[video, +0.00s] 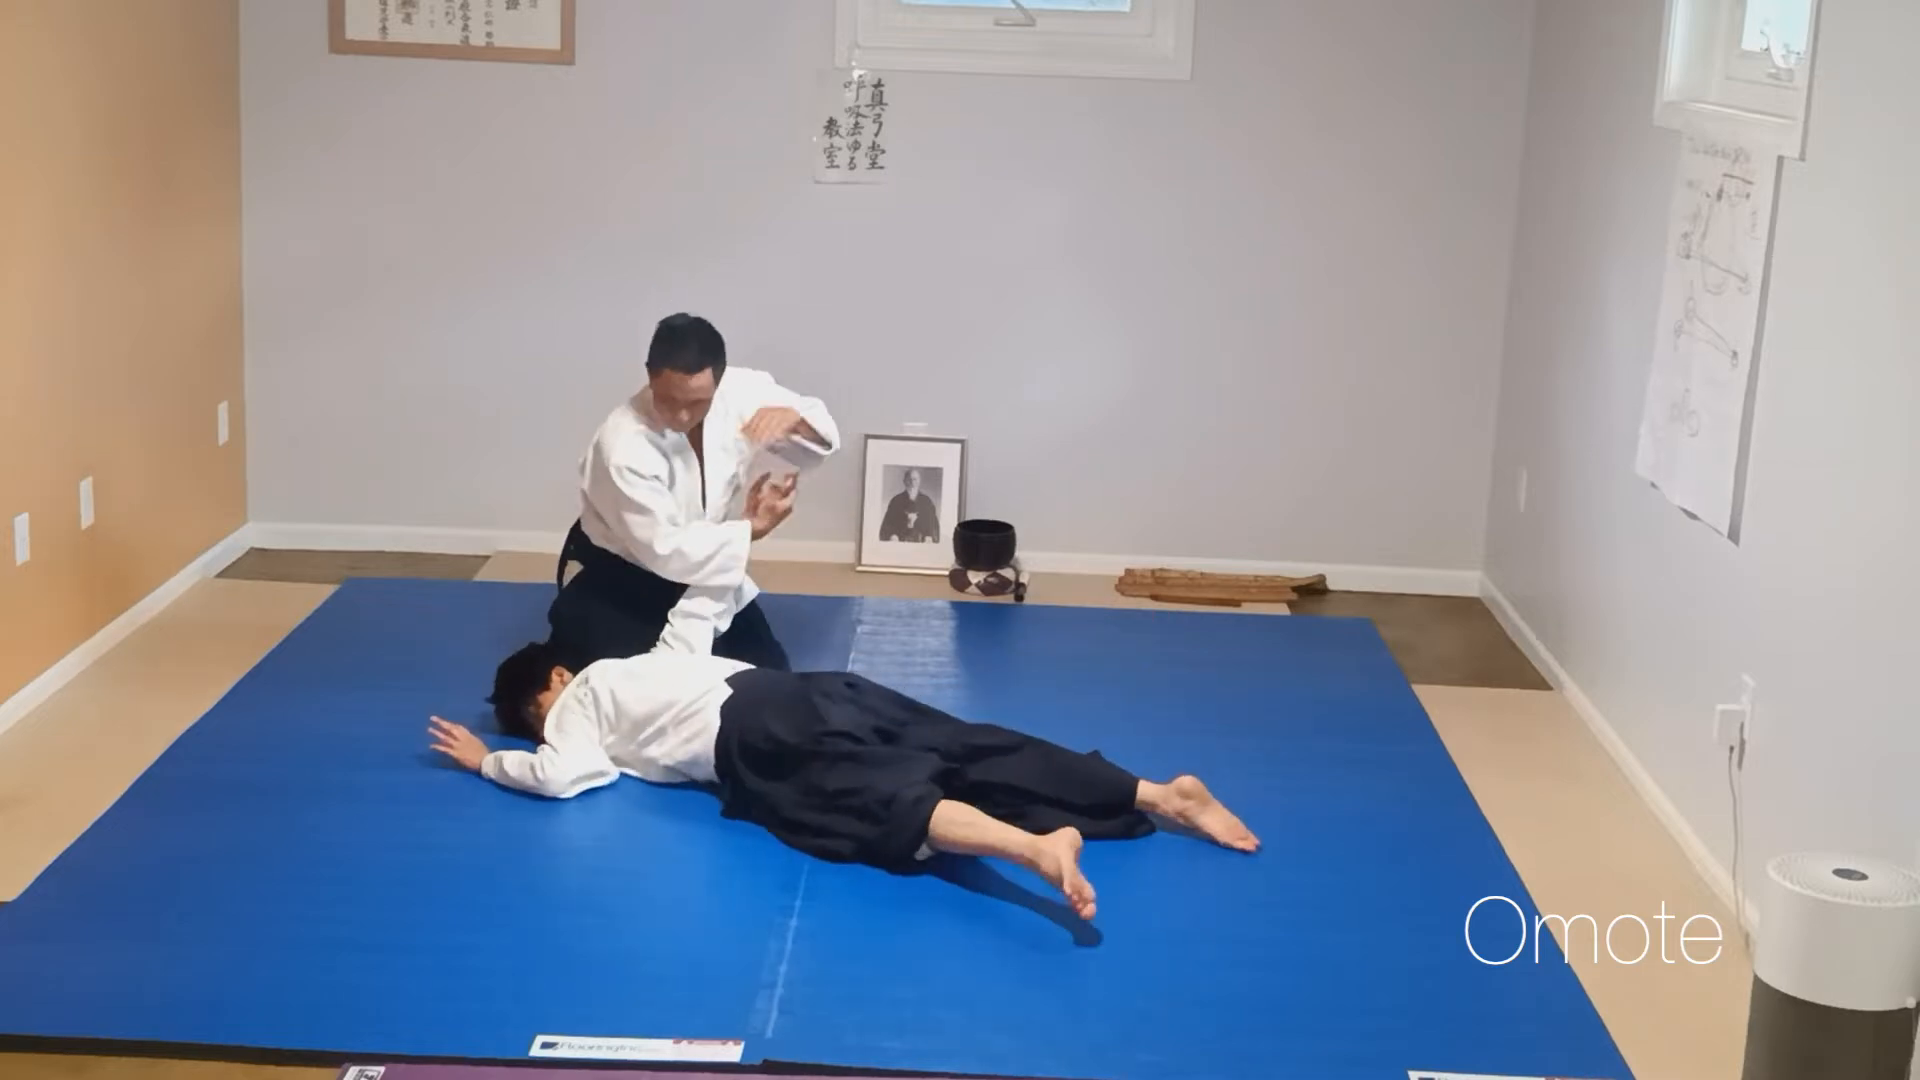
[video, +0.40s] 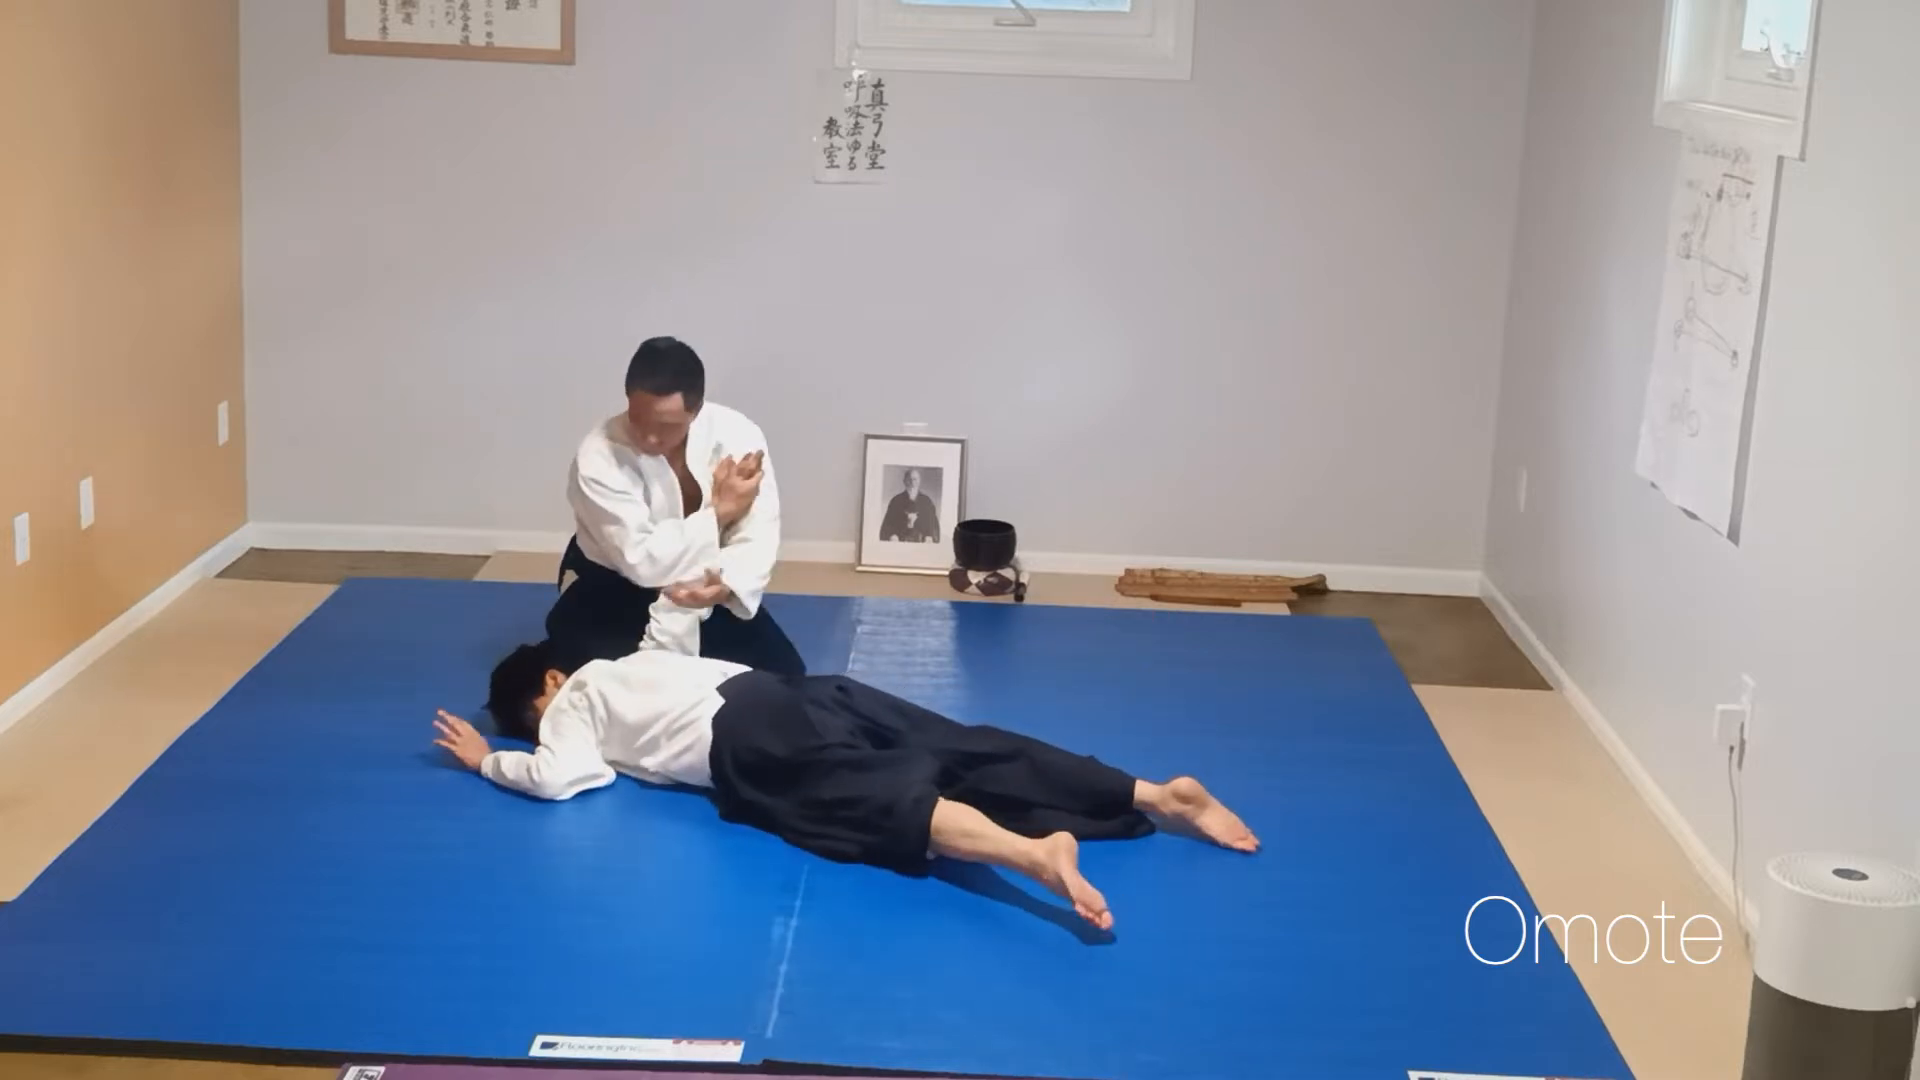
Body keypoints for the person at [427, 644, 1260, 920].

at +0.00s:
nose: (534, 726)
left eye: (527, 712)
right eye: (530, 712)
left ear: (547, 692)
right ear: (570, 668)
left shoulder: (575, 706)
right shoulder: (652, 653)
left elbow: (560, 778)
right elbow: (708, 623)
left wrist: (483, 759)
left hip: (754, 737)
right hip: (806, 687)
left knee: (885, 806)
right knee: (965, 745)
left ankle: (1035, 847)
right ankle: (1165, 795)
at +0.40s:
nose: (531, 719)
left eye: (524, 708)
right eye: (530, 707)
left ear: (539, 693)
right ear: (570, 668)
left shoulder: (569, 702)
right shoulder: (644, 656)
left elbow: (559, 779)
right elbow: (706, 636)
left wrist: (486, 759)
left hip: (749, 738)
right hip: (805, 687)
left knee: (888, 807)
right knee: (964, 748)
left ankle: (1031, 852)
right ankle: (1160, 796)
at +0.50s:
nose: (536, 720)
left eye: (527, 710)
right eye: (533, 709)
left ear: (546, 692)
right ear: (573, 664)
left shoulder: (573, 699)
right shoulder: (647, 660)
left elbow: (558, 778)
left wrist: (488, 759)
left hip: (748, 737)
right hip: (802, 687)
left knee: (889, 809)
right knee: (964, 748)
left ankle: (1030, 860)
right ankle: (1159, 797)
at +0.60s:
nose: (533, 719)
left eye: (526, 710)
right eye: (531, 709)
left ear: (547, 688)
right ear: (578, 662)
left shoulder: (572, 700)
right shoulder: (652, 659)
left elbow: (561, 775)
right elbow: (716, 645)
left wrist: (492, 758)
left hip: (749, 738)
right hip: (804, 688)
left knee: (891, 808)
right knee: (965, 748)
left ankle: (1030, 863)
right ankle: (1160, 797)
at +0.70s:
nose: (533, 719)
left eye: (526, 709)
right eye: (531, 708)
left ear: (546, 689)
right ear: (577, 662)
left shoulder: (574, 698)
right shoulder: (649, 657)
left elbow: (558, 778)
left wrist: (487, 753)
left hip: (749, 736)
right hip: (803, 686)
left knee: (886, 807)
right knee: (962, 748)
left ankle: (1029, 860)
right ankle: (1159, 797)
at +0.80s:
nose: (532, 722)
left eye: (526, 709)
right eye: (531, 709)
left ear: (547, 689)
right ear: (577, 663)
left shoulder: (576, 703)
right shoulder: (654, 653)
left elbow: (554, 779)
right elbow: (706, 641)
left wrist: (498, 758)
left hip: (751, 739)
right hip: (806, 690)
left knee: (889, 806)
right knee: (965, 748)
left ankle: (1030, 855)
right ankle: (1160, 795)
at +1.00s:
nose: (535, 727)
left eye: (528, 714)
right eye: (533, 714)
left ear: (546, 693)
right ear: (574, 665)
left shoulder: (578, 704)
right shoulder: (652, 653)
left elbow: (555, 777)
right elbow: (698, 651)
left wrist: (486, 758)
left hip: (750, 737)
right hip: (805, 688)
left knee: (890, 807)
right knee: (964, 747)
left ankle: (1026, 858)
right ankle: (1154, 793)